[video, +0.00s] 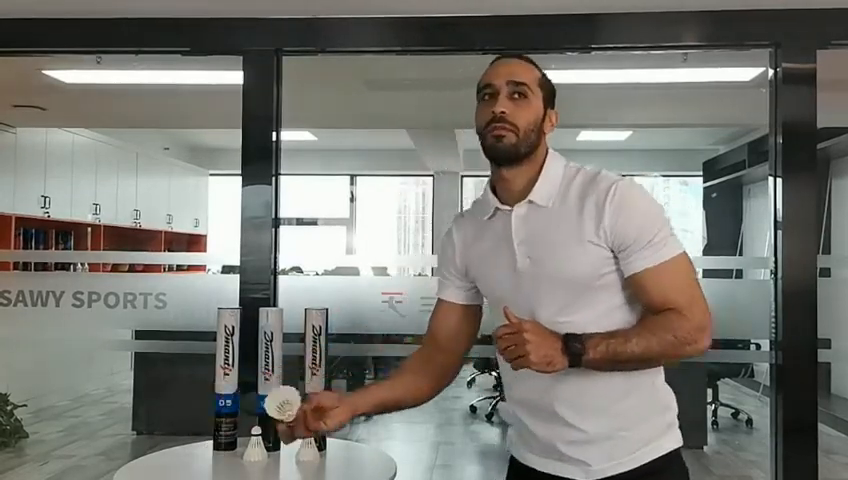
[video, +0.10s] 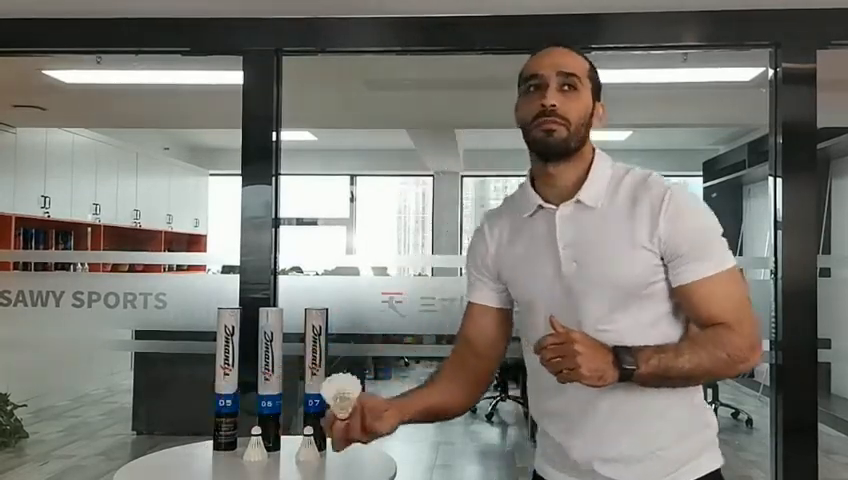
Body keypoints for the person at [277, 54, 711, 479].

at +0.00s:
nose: (498, 107)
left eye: (517, 95)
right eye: (487, 95)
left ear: (549, 119)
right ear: (476, 118)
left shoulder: (615, 202)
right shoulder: (466, 236)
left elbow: (691, 327)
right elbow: (435, 360)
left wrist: (568, 350)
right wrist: (352, 403)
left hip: (640, 461)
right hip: (535, 464)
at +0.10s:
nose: (547, 100)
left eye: (567, 87)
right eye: (532, 87)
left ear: (596, 112)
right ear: (517, 111)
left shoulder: (665, 207)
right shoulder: (497, 234)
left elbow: (739, 343)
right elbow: (470, 364)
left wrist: (617, 362)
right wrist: (395, 410)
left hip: (673, 463)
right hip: (562, 465)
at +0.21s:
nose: (595, 89)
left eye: (614, 75)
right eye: (577, 76)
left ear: (640, 99)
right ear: (556, 101)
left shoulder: (718, 200)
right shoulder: (530, 228)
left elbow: (796, 347)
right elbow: (502, 371)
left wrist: (674, 367)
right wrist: (445, 405)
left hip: (720, 467)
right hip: (599, 469)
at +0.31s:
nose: (633, 72)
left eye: (652, 56)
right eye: (612, 60)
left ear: (679, 84)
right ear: (589, 90)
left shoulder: (764, 189)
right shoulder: (556, 219)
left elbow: (840, 336)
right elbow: (530, 372)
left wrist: (732, 363)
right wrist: (486, 388)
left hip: (758, 466)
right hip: (625, 468)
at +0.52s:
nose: (683, 36)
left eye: (702, 16)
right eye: (657, 21)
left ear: (733, 41)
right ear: (629, 55)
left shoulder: (827, 161)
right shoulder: (595, 196)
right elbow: (565, 362)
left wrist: (805, 356)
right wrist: (527, 365)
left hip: (817, 466)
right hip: (669, 469)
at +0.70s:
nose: (717, 17)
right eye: (686, 3)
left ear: (776, 19)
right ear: (656, 43)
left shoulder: (841, 148)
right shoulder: (618, 195)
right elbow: (573, 413)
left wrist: (845, 384)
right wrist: (540, 394)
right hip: (708, 471)